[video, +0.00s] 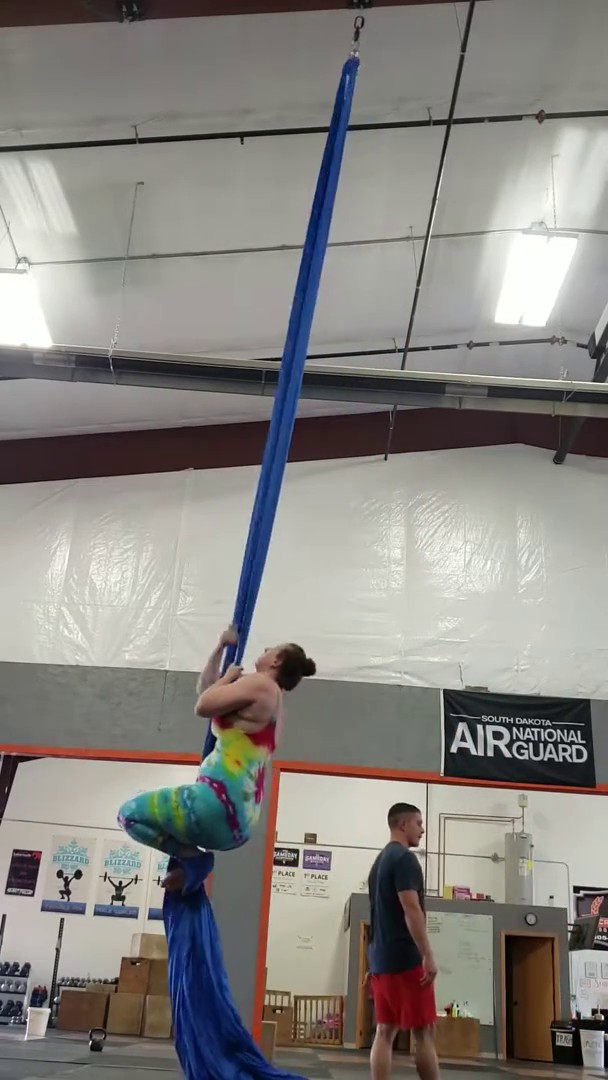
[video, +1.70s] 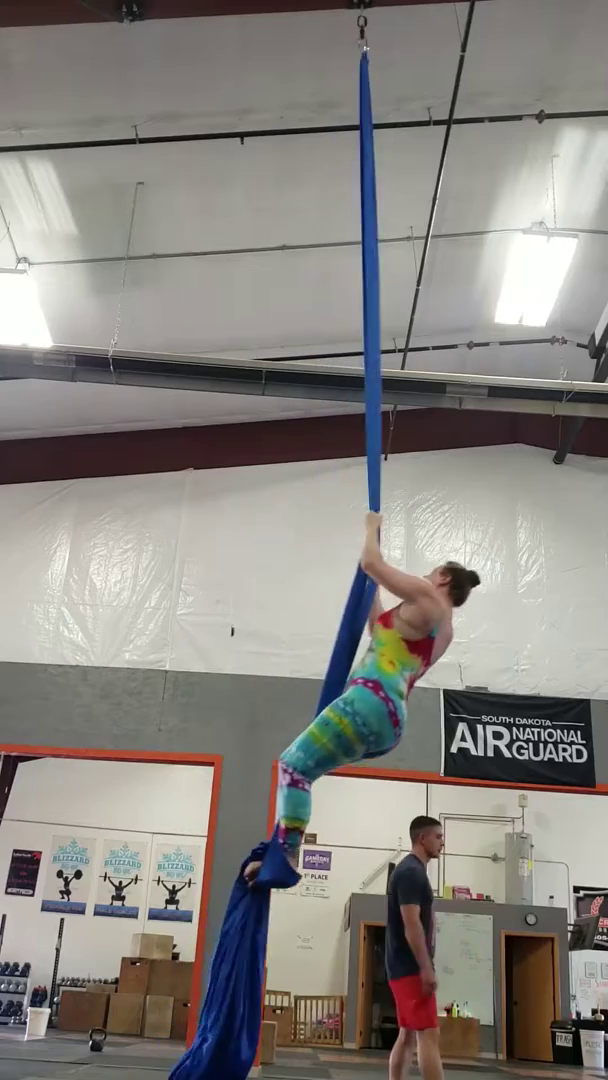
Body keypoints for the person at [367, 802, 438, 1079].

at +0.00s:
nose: (422, 829)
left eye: (421, 823)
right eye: (418, 823)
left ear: (397, 825)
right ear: (402, 824)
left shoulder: (380, 861)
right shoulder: (404, 858)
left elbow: (378, 916)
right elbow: (410, 908)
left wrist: (374, 964)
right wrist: (428, 955)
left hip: (380, 961)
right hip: (406, 960)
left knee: (385, 1032)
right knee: (424, 1032)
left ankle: (379, 1077)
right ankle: (432, 1077)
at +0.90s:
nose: (453, 836)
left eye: (453, 830)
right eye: (451, 830)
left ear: (426, 831)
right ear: (441, 831)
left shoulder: (406, 866)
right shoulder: (441, 866)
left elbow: (406, 918)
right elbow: (452, 919)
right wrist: (469, 964)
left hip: (403, 963)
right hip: (434, 964)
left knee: (406, 1032)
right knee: (448, 1035)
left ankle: (388, 1077)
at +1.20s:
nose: (461, 838)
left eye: (461, 833)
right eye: (461, 833)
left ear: (434, 832)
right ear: (455, 833)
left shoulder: (416, 866)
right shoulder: (452, 867)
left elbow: (416, 916)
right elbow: (467, 920)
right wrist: (484, 965)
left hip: (416, 960)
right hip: (443, 960)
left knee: (424, 1030)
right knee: (455, 1032)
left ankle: (396, 1076)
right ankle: (450, 1077)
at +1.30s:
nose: (461, 836)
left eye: (460, 831)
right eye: (459, 831)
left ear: (434, 832)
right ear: (449, 833)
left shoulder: (416, 867)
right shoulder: (447, 868)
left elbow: (422, 916)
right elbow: (464, 921)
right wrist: (487, 961)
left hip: (416, 962)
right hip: (441, 963)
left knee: (422, 1033)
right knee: (452, 1035)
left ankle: (402, 1077)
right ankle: (449, 1078)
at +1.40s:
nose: (457, 837)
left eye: (457, 831)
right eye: (454, 831)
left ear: (434, 833)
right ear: (441, 833)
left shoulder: (415, 867)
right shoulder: (439, 869)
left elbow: (418, 919)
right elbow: (456, 921)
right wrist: (485, 957)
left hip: (414, 962)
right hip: (437, 963)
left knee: (420, 1034)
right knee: (452, 1034)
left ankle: (400, 1077)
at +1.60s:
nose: (446, 840)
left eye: (446, 834)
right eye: (442, 834)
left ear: (424, 836)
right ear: (426, 835)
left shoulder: (413, 867)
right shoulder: (419, 870)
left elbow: (420, 922)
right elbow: (427, 922)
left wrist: (446, 959)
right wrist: (453, 960)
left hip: (405, 964)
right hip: (421, 965)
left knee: (410, 1034)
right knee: (438, 1033)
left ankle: (397, 1077)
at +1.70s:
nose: (442, 842)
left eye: (442, 837)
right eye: (438, 837)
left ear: (422, 839)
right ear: (421, 838)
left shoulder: (410, 869)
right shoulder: (411, 871)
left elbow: (411, 924)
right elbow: (412, 926)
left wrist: (423, 966)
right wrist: (426, 967)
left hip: (403, 967)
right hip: (411, 967)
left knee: (406, 1036)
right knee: (428, 1036)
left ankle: (395, 1077)